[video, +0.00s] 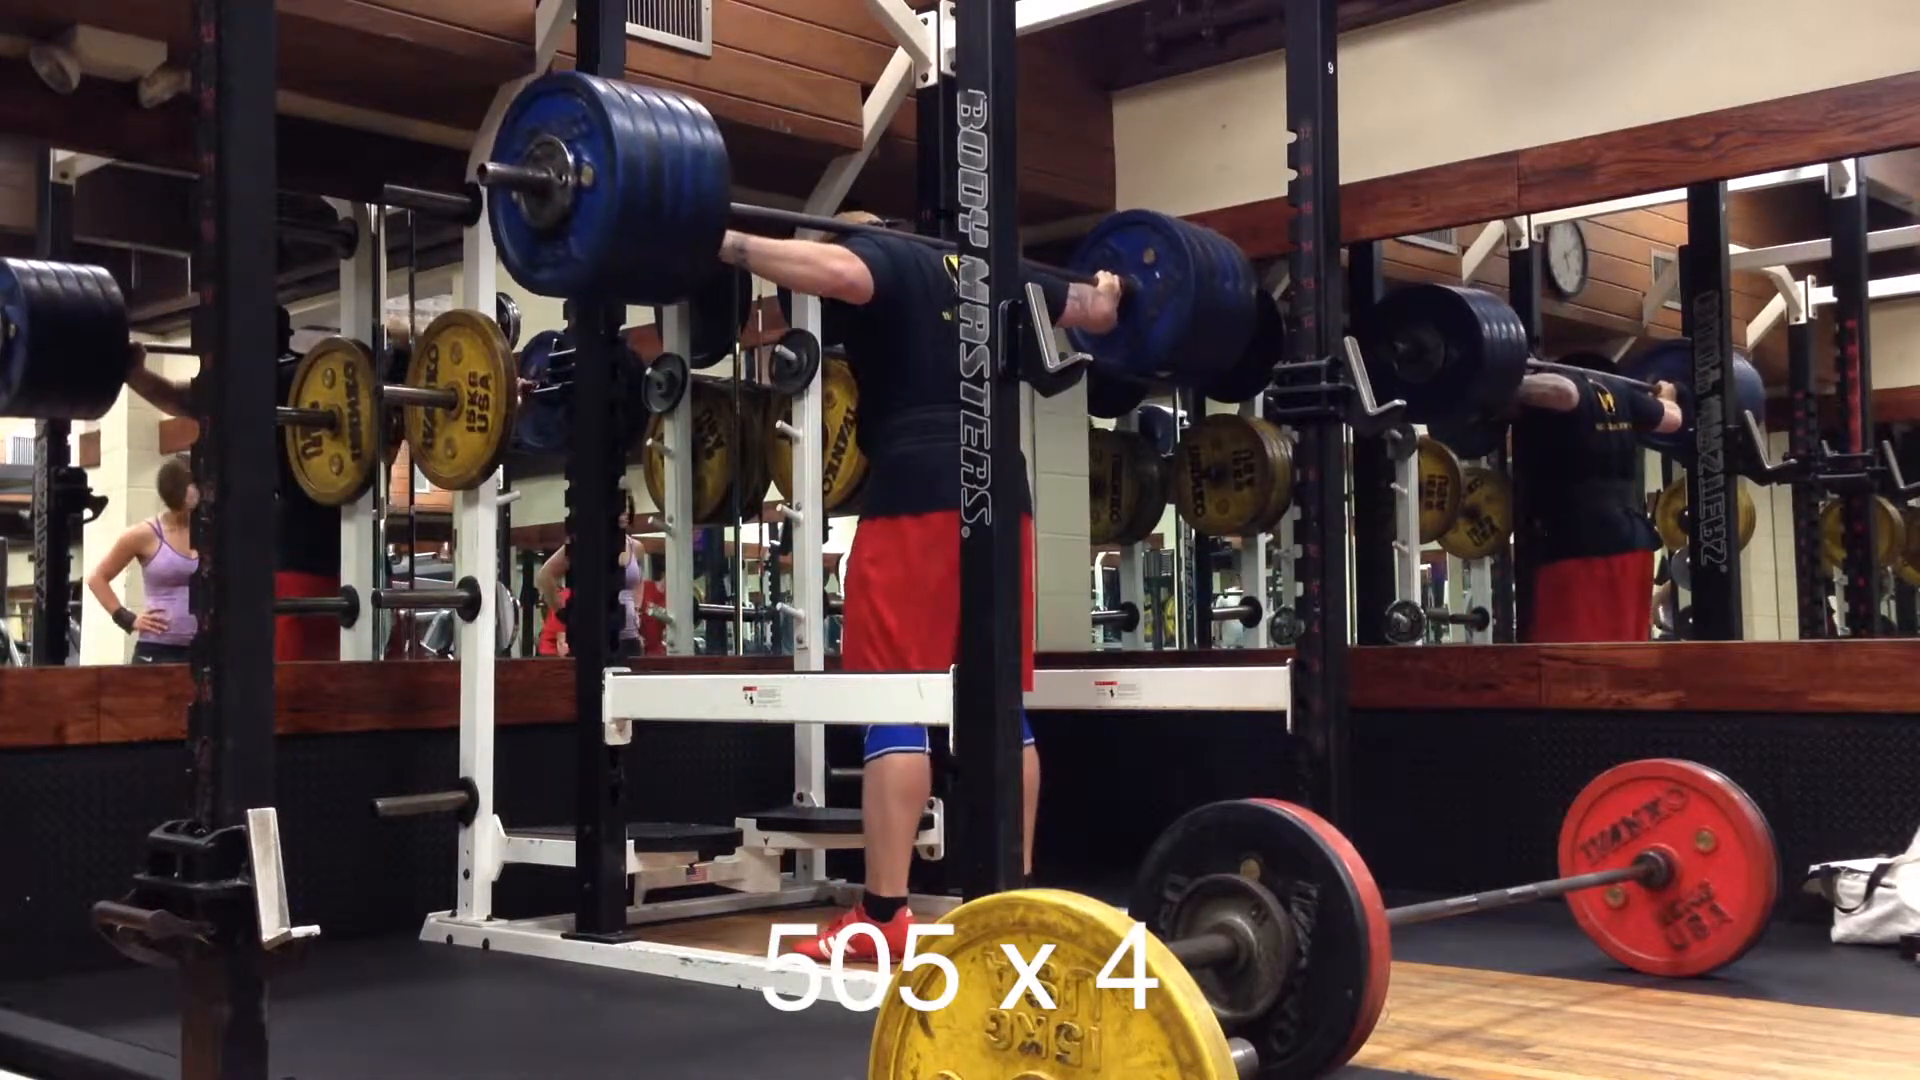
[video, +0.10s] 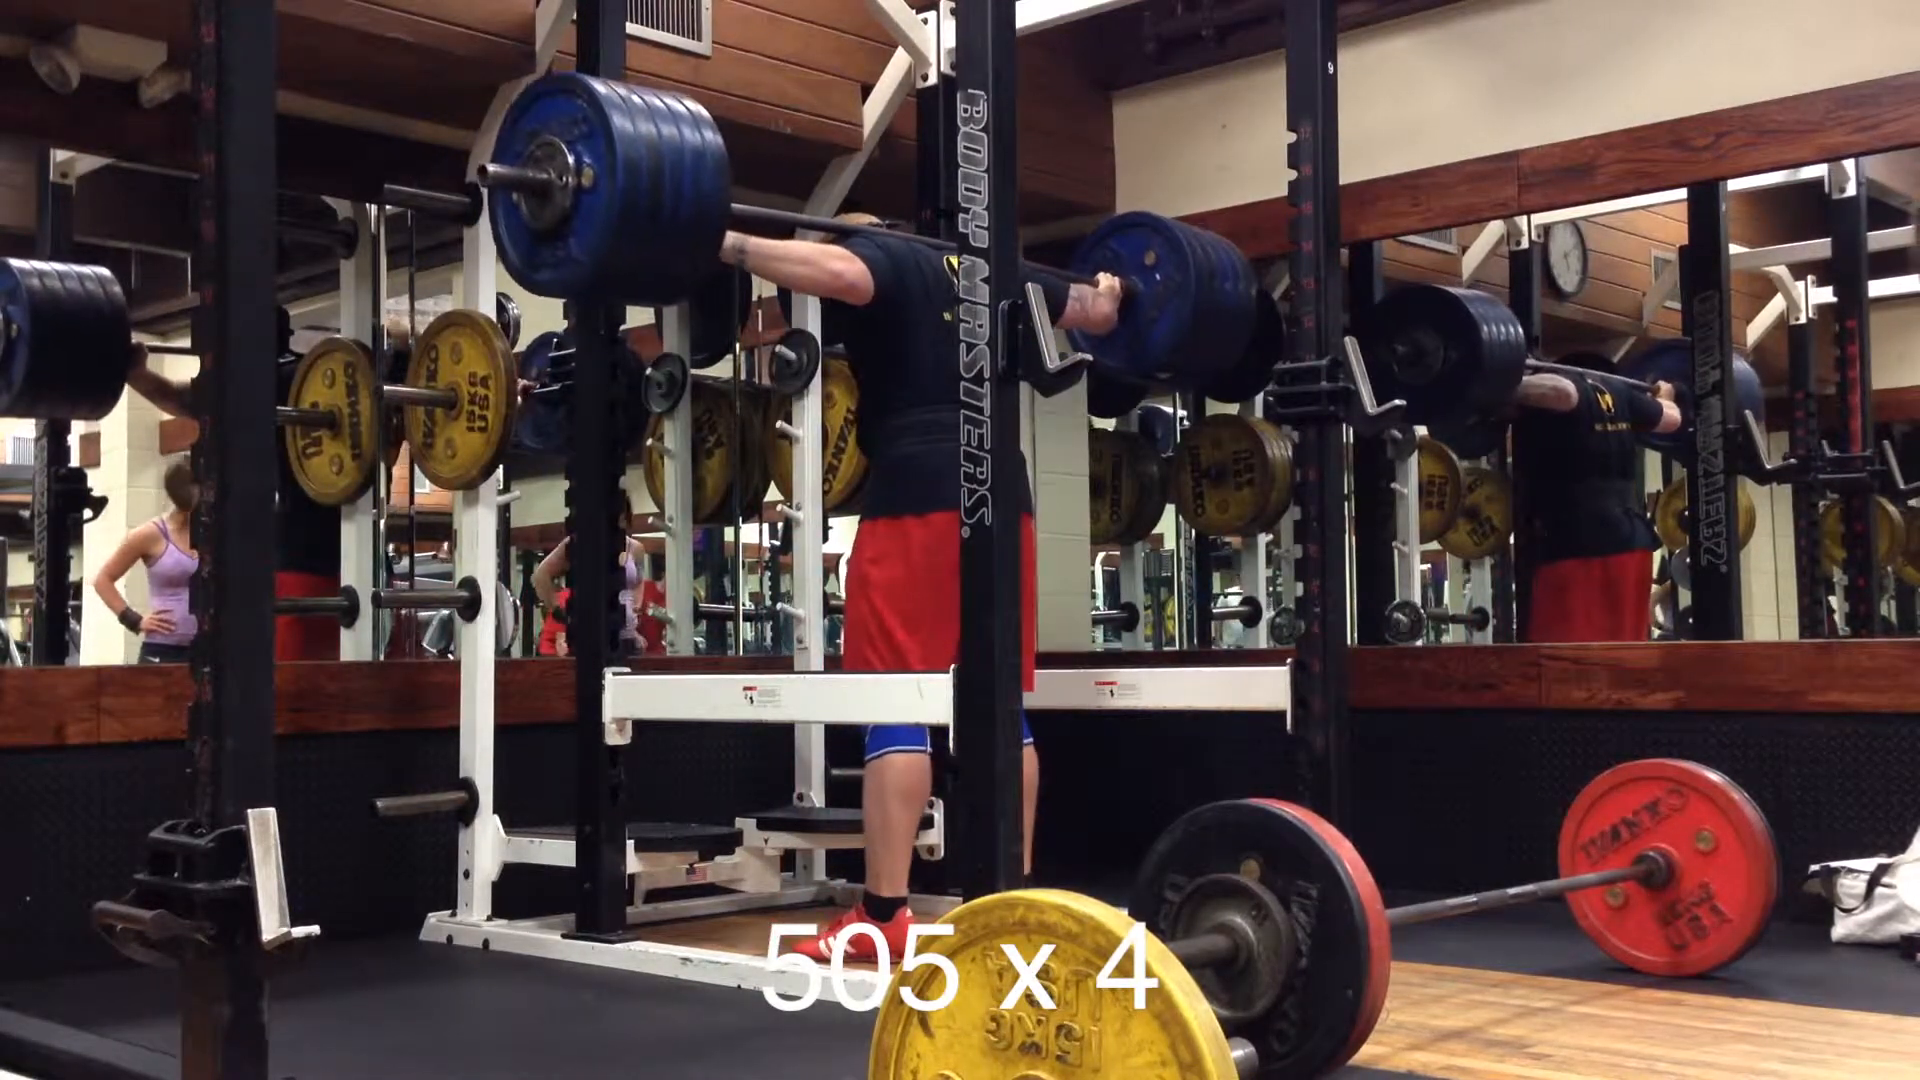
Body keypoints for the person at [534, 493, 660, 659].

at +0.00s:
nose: (624, 514)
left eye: (627, 509)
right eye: (619, 509)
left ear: (631, 512)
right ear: (606, 512)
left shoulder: (635, 547)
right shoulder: (583, 544)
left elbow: (638, 582)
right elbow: (544, 577)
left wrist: (636, 607)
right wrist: (561, 612)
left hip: (628, 631)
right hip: (592, 633)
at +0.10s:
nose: (620, 524)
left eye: (623, 519)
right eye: (614, 518)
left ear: (627, 518)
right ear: (598, 517)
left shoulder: (634, 548)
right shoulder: (575, 544)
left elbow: (639, 581)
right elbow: (540, 577)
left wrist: (637, 606)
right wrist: (556, 609)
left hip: (625, 628)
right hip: (587, 629)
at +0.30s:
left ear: (616, 520)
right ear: (583, 518)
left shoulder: (629, 549)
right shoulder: (565, 544)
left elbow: (635, 585)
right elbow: (528, 578)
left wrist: (629, 610)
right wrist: (546, 612)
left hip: (614, 629)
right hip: (576, 628)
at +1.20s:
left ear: (614, 522)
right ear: (580, 523)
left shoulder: (632, 546)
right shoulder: (565, 546)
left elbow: (655, 581)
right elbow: (532, 579)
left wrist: (642, 611)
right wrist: (551, 614)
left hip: (618, 629)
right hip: (578, 629)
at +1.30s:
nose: (608, 526)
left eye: (616, 519)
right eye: (601, 519)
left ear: (624, 517)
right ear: (588, 517)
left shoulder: (640, 545)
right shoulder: (572, 544)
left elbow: (660, 579)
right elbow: (538, 578)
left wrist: (647, 608)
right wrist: (555, 611)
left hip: (627, 631)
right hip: (584, 629)